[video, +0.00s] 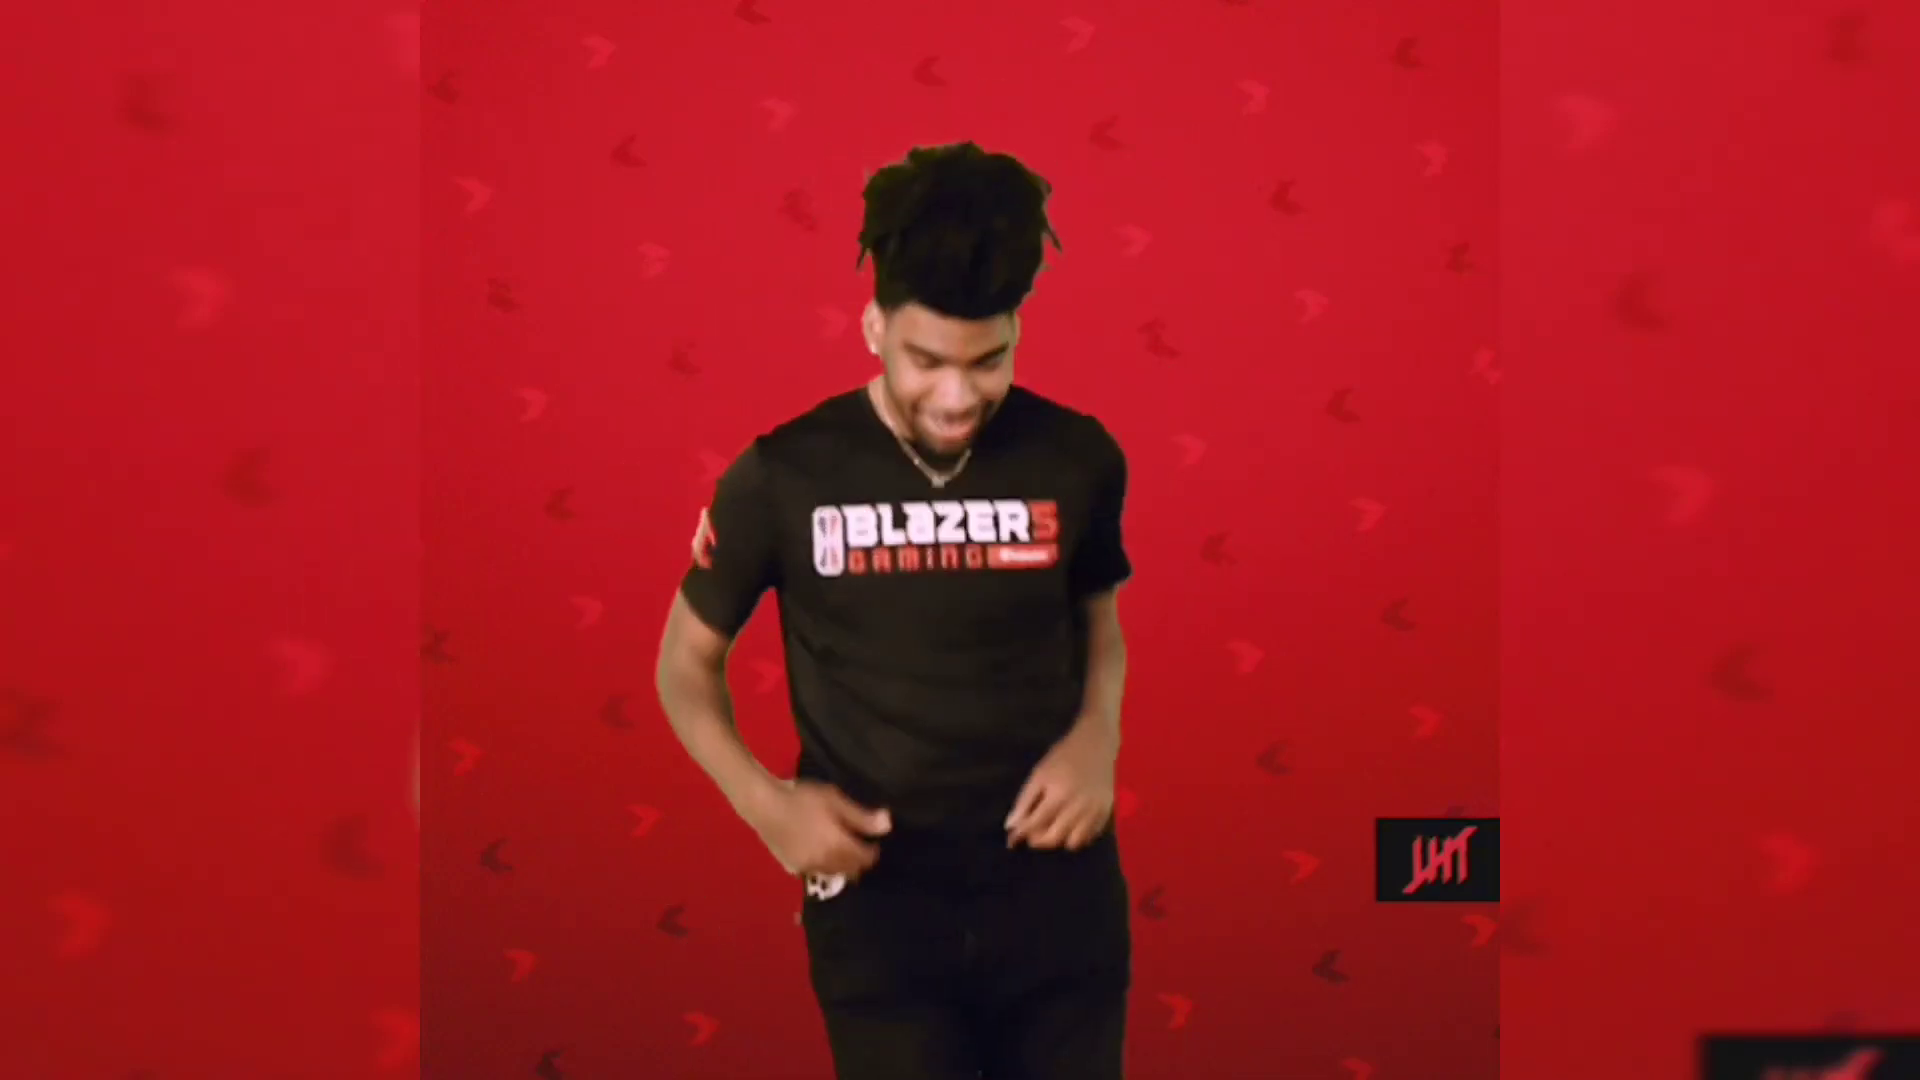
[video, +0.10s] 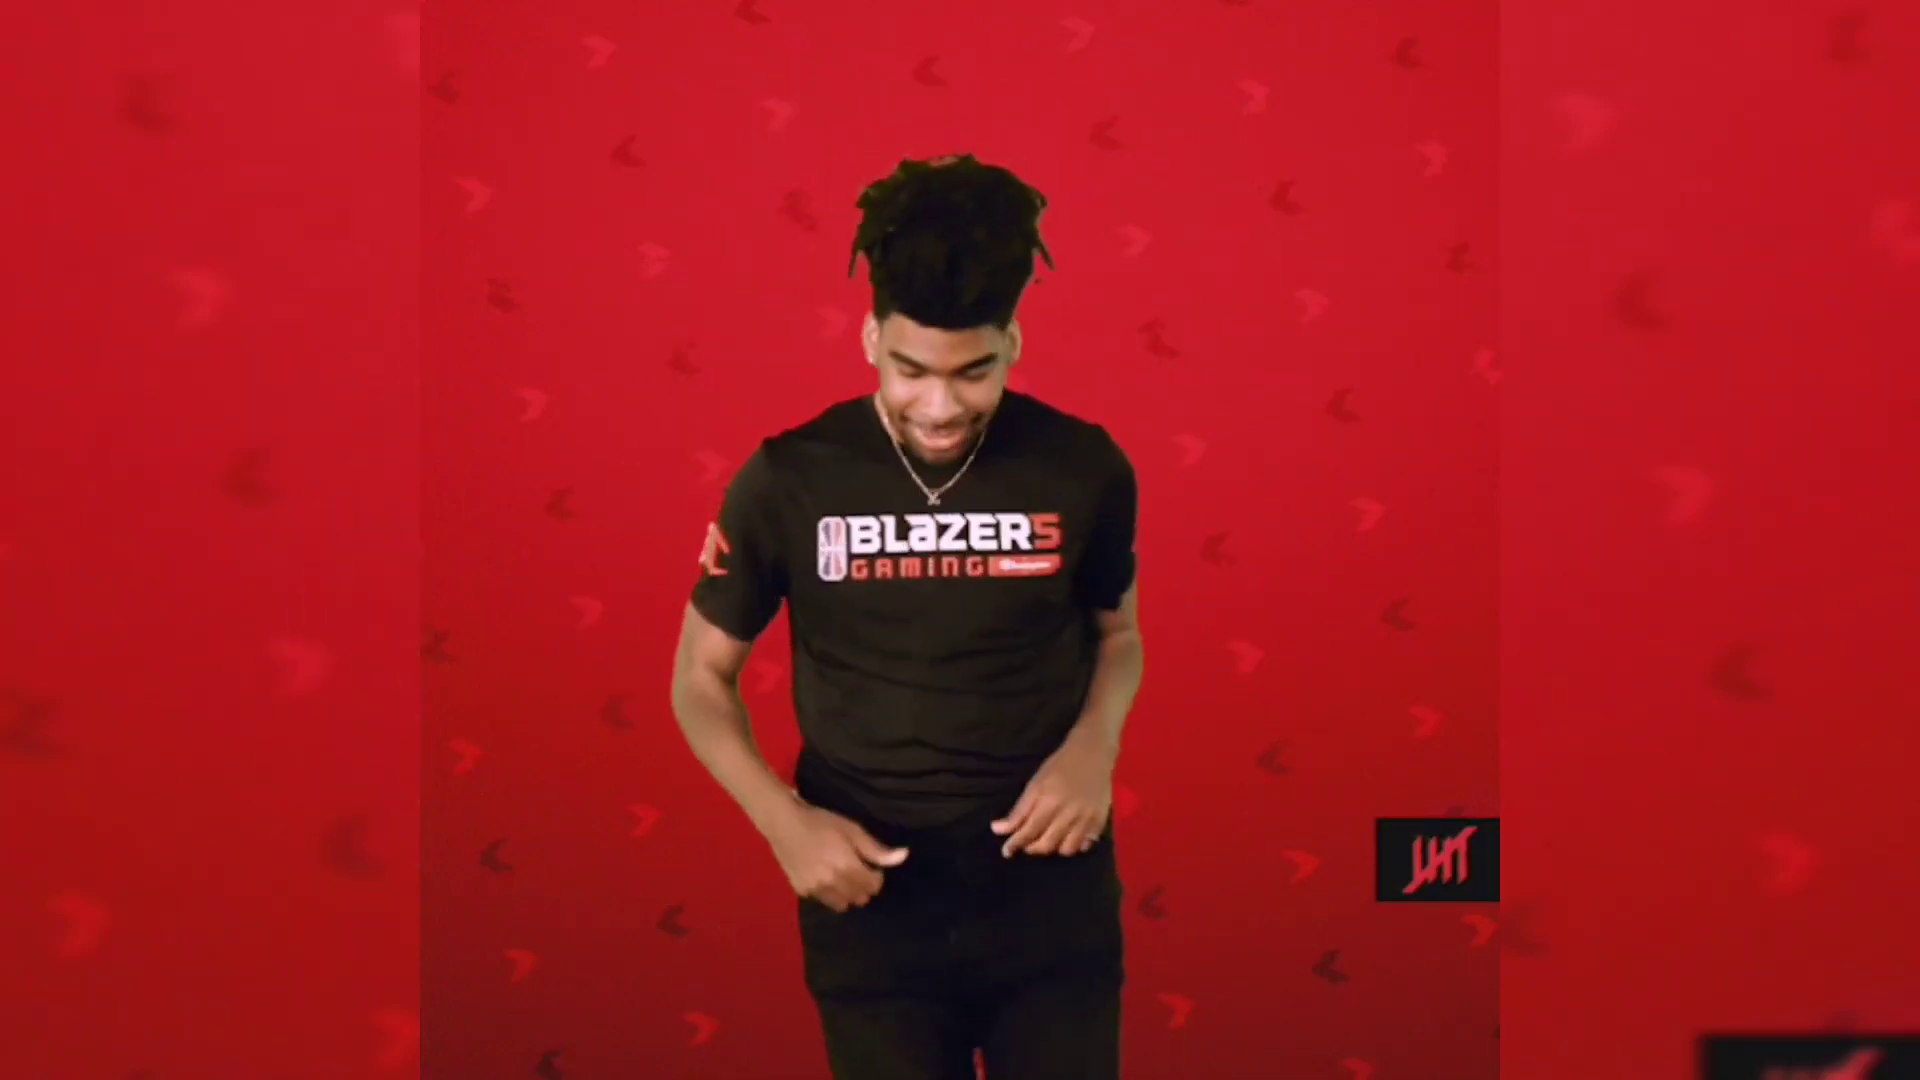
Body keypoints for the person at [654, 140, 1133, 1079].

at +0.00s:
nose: (956, 394)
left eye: (987, 359)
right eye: (925, 358)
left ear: (1020, 324)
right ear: (874, 327)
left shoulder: (1081, 463)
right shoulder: (780, 483)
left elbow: (1097, 611)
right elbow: (685, 663)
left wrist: (1097, 738)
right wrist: (766, 803)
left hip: (1057, 894)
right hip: (879, 907)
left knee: (1072, 1062)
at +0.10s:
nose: (939, 404)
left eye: (973, 371)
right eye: (910, 368)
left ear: (1015, 335)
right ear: (870, 332)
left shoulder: (1086, 473)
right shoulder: (786, 484)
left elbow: (1115, 631)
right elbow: (700, 679)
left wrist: (1093, 747)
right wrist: (785, 823)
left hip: (1050, 892)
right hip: (871, 903)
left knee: (1066, 1064)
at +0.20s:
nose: (919, 389)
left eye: (953, 355)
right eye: (889, 350)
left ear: (997, 327)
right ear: (856, 319)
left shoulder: (1082, 453)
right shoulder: (784, 467)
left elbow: (1130, 602)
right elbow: (723, 661)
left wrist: (1091, 728)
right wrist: (803, 788)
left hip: (1038, 855)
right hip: (863, 862)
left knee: (1024, 1061)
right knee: (878, 1063)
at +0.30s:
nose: (902, 383)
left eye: (937, 351)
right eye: (876, 346)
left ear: (984, 319)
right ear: (843, 311)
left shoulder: (1074, 446)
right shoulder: (778, 468)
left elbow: (1140, 588)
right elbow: (738, 673)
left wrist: (1103, 731)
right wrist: (804, 811)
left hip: (1038, 849)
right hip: (866, 860)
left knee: (987, 1060)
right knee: (874, 1064)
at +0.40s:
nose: (888, 391)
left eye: (923, 359)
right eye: (860, 353)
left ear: (968, 330)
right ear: (827, 316)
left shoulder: (1054, 450)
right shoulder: (765, 484)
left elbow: (1147, 592)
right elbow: (738, 697)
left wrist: (1111, 739)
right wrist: (803, 863)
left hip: (1040, 840)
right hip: (870, 856)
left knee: (966, 1057)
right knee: (869, 1061)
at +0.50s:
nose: (876, 382)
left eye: (911, 351)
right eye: (848, 344)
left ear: (948, 320)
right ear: (805, 306)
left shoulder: (1029, 435)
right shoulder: (745, 474)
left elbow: (1157, 581)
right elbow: (724, 689)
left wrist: (1093, 709)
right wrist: (736, 886)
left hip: (1037, 814)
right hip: (869, 842)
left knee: (977, 1056)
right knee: (875, 1060)